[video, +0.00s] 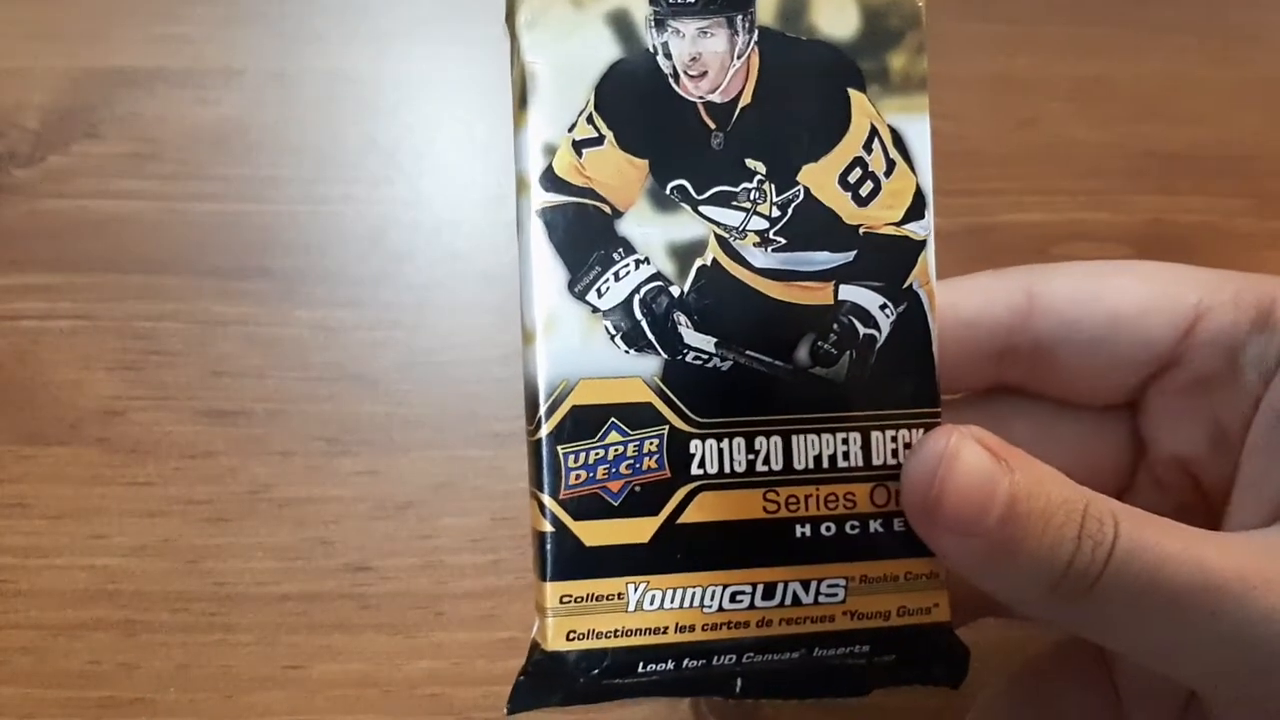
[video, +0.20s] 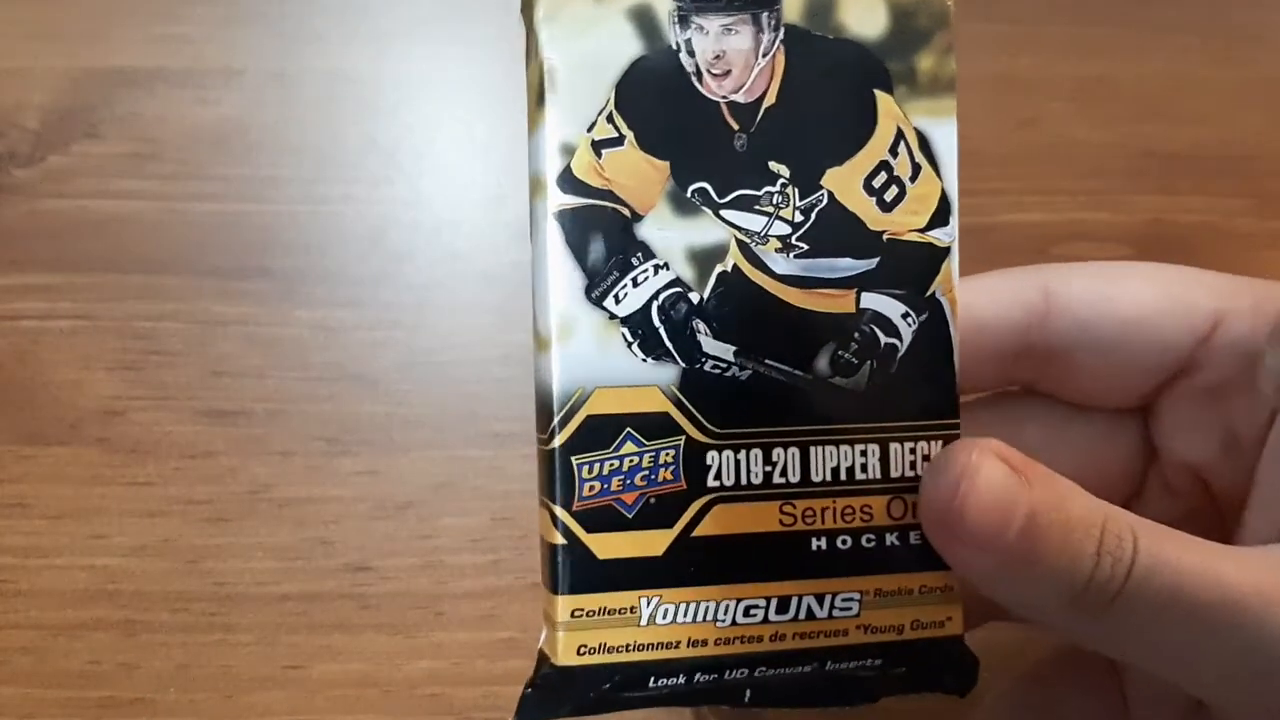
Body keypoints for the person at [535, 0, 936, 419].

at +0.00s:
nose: (688, 55)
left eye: (707, 33)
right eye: (673, 34)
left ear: (744, 30)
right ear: (657, 36)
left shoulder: (814, 84)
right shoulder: (634, 94)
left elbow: (899, 214)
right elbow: (569, 196)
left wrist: (858, 318)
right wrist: (628, 287)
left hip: (859, 282)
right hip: (741, 278)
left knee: (894, 444)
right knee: (678, 426)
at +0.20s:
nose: (712, 54)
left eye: (732, 32)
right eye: (696, 31)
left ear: (770, 29)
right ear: (679, 30)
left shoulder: (840, 85)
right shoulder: (655, 92)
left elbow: (922, 222)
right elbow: (587, 199)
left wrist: (879, 328)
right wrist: (643, 292)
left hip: (876, 294)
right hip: (759, 285)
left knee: (908, 455)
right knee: (696, 431)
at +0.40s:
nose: (696, 54)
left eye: (714, 32)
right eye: (680, 33)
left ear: (754, 28)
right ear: (664, 32)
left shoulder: (825, 86)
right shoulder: (638, 94)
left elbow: (908, 219)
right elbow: (571, 198)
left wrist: (865, 327)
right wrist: (628, 291)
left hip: (864, 288)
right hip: (745, 283)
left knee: (897, 450)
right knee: (682, 432)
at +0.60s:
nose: (706, 48)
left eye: (726, 26)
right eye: (690, 26)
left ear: (764, 24)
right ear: (674, 25)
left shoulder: (835, 81)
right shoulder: (649, 88)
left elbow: (916, 216)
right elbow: (580, 189)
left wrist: (873, 321)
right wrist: (638, 285)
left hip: (872, 285)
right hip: (755, 278)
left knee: (904, 450)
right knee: (686, 427)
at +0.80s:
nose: (697, 50)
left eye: (716, 27)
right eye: (681, 27)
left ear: (755, 25)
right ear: (664, 27)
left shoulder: (825, 82)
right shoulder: (640, 90)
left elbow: (908, 216)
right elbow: (573, 193)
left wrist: (865, 321)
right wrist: (631, 287)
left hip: (864, 282)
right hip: (747, 276)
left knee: (898, 444)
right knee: (680, 422)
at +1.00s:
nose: (696, 50)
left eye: (715, 28)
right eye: (681, 28)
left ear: (753, 25)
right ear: (665, 27)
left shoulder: (823, 82)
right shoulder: (639, 88)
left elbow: (903, 215)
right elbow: (574, 187)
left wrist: (859, 318)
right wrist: (629, 282)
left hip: (861, 280)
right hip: (744, 273)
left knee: (894, 439)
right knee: (676, 419)